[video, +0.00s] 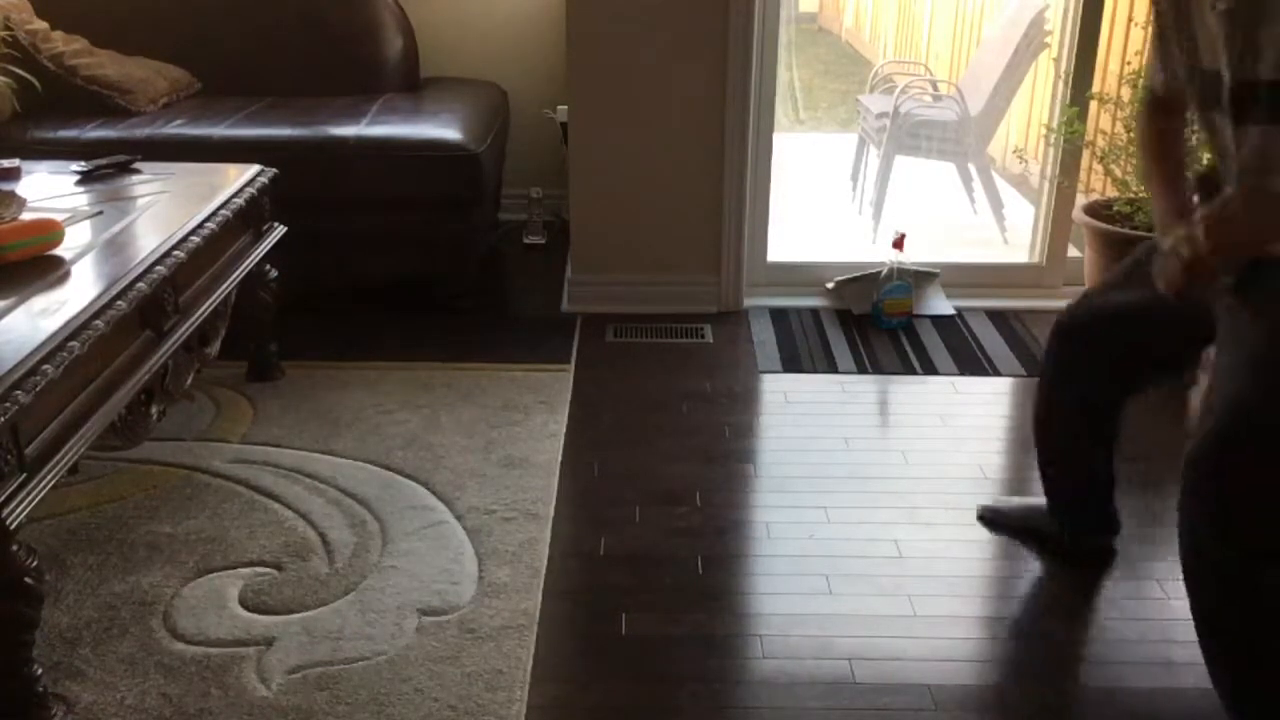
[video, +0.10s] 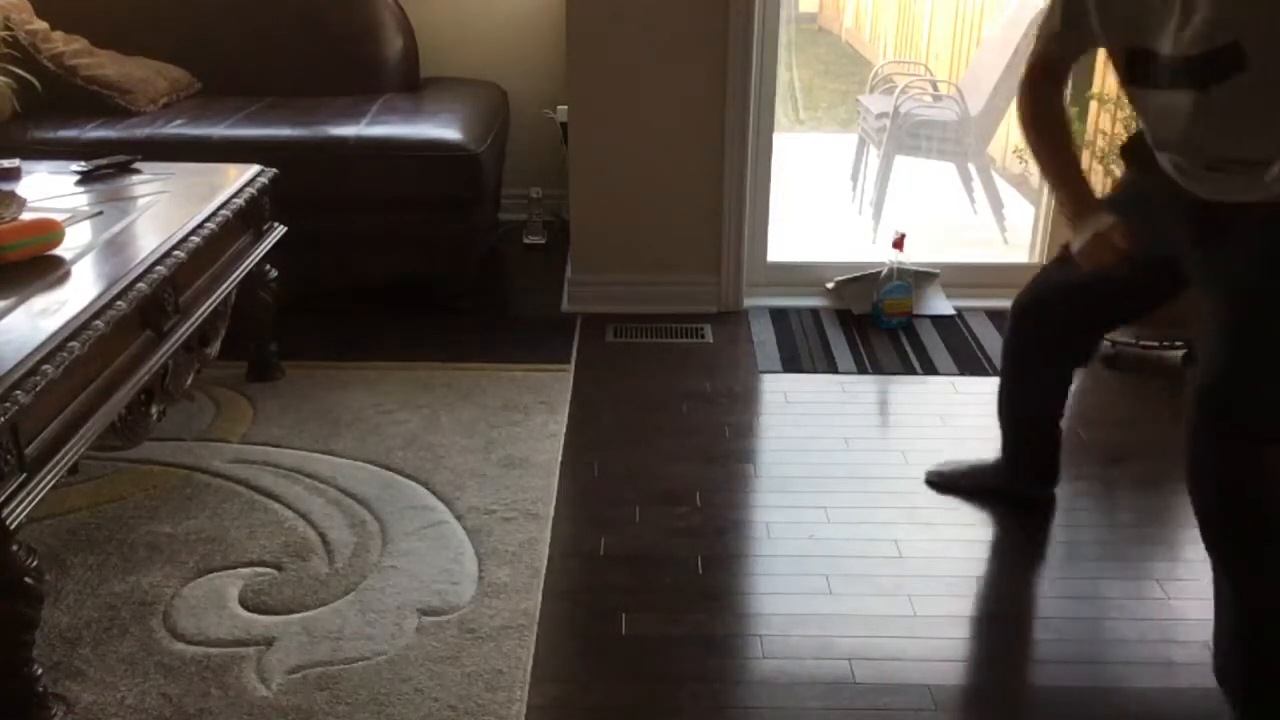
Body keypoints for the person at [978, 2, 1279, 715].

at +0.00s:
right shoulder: (1182, 7)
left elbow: (1266, 191)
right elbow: (1163, 103)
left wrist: (1207, 238)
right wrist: (1172, 223)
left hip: (1275, 256)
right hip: (1219, 231)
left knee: (1224, 486)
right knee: (1085, 335)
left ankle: (1257, 699)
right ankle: (1079, 527)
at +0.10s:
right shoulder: (1100, 4)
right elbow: (1040, 84)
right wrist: (1079, 209)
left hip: (1262, 212)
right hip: (1167, 190)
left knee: (1231, 448)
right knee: (1042, 315)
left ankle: (1255, 685)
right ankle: (1026, 476)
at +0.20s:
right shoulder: (1052, 7)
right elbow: (1001, 114)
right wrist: (1024, 255)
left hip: (1248, 161)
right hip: (1133, 146)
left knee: (1199, 381)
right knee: (1016, 304)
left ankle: (1215, 627)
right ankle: (999, 454)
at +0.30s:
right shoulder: (1034, 6)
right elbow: (1006, 109)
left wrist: (1277, 134)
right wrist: (1014, 258)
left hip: (1234, 139)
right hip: (1112, 120)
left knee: (1171, 340)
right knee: (1014, 281)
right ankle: (978, 437)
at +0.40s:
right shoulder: (1037, 5)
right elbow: (1013, 90)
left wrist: (1265, 116)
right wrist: (1016, 228)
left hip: (1229, 124)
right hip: (1108, 102)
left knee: (1178, 326)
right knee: (1020, 270)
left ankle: (1157, 494)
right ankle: (960, 426)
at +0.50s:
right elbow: (1034, 55)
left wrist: (1268, 113)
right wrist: (1019, 197)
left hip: (1224, 123)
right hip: (1106, 101)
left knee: (1181, 319)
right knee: (1014, 266)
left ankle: (1181, 485)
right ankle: (940, 413)